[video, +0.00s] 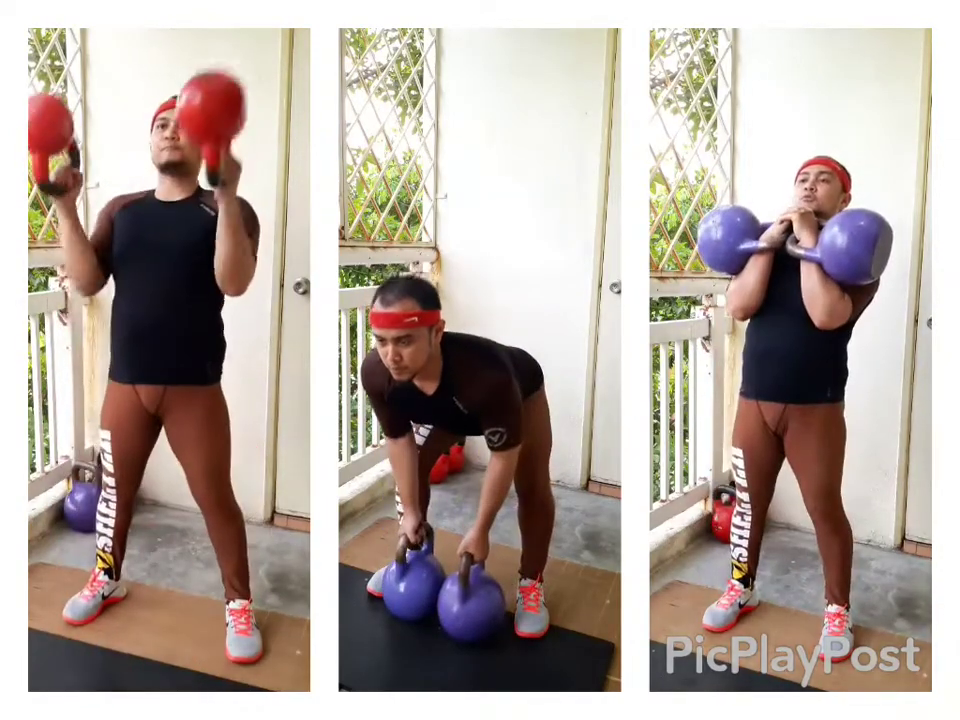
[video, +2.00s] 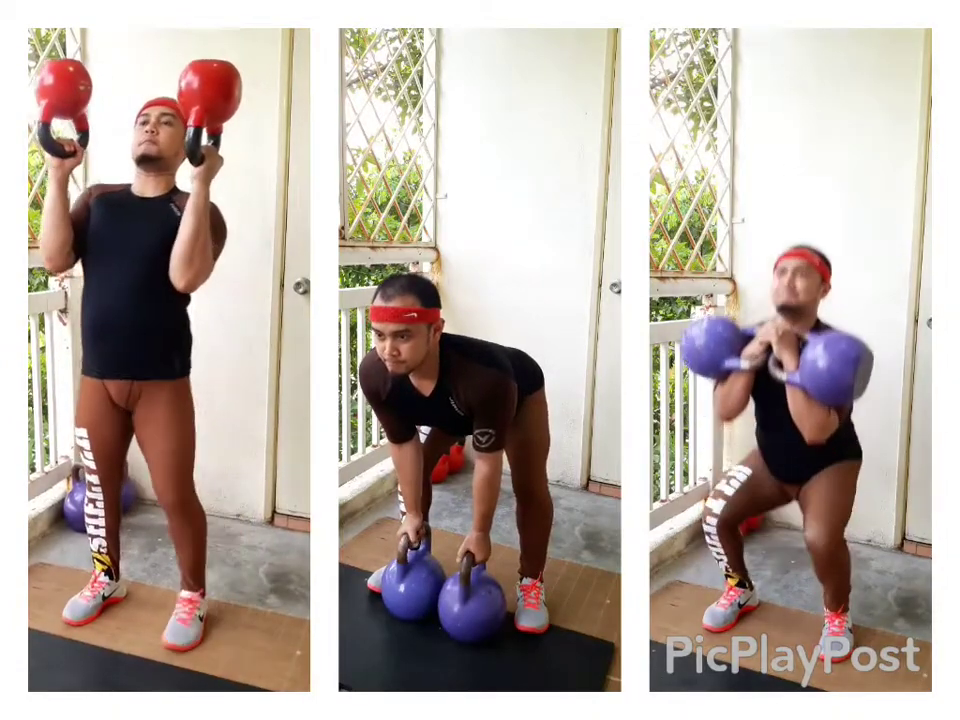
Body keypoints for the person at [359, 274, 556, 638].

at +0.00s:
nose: (392, 355)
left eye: (405, 341)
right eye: (382, 342)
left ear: (437, 332)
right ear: (373, 338)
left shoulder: (486, 374)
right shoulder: (376, 374)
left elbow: (504, 455)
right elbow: (398, 441)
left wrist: (481, 531)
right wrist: (409, 510)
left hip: (513, 391)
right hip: (446, 401)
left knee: (533, 488)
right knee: (413, 471)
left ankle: (531, 584)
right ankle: (410, 563)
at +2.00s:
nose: (389, 350)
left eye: (403, 336)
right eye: (380, 335)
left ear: (435, 330)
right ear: (371, 331)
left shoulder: (485, 379)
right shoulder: (374, 373)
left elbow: (488, 462)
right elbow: (404, 442)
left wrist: (479, 532)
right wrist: (412, 512)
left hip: (515, 389)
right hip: (453, 399)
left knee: (530, 487)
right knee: (415, 470)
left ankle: (531, 582)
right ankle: (409, 563)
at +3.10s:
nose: (389, 355)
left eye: (402, 342)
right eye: (379, 341)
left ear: (434, 333)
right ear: (370, 336)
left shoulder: (484, 379)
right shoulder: (375, 376)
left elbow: (497, 464)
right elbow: (396, 445)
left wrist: (485, 536)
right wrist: (408, 513)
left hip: (513, 390)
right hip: (448, 399)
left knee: (534, 485)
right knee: (412, 471)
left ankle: (531, 583)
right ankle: (409, 562)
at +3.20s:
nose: (392, 349)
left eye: (406, 336)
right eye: (382, 335)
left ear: (437, 325)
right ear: (373, 330)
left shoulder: (487, 373)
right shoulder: (377, 372)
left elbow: (497, 457)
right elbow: (399, 442)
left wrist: (484, 533)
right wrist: (408, 511)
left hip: (512, 390)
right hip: (448, 400)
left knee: (535, 486)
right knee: (413, 468)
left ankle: (530, 583)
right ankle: (409, 561)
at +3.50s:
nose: (392, 338)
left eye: (405, 325)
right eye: (381, 325)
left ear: (436, 312)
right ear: (372, 318)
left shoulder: (483, 349)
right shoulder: (377, 352)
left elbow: (527, 406)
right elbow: (396, 397)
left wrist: (491, 473)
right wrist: (408, 457)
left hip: (511, 399)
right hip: (452, 402)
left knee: (537, 485)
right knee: (410, 468)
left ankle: (531, 582)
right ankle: (412, 557)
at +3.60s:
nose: (391, 334)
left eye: (405, 320)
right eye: (381, 320)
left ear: (436, 307)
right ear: (371, 314)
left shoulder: (484, 338)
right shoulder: (376, 341)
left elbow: (537, 384)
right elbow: (393, 379)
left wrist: (494, 444)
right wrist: (407, 430)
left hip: (513, 401)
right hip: (450, 402)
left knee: (538, 488)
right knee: (411, 467)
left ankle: (531, 581)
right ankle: (413, 553)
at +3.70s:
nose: (391, 332)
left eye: (404, 318)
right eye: (380, 319)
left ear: (435, 305)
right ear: (371, 312)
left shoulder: (484, 334)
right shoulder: (376, 335)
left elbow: (542, 357)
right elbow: (394, 366)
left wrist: (498, 421)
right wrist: (407, 407)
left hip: (511, 393)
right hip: (447, 397)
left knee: (540, 482)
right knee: (411, 464)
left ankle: (531, 582)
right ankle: (413, 551)